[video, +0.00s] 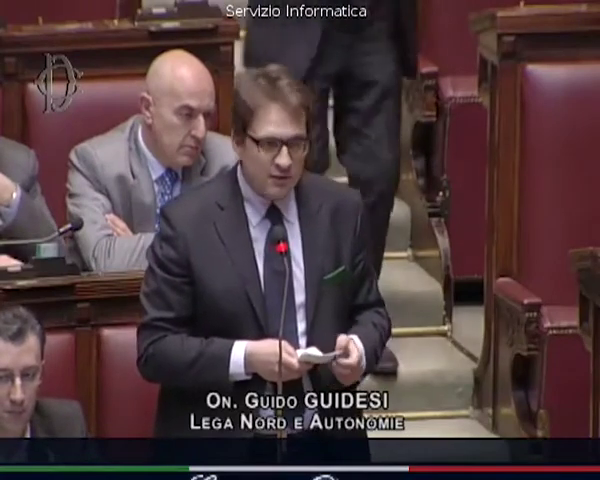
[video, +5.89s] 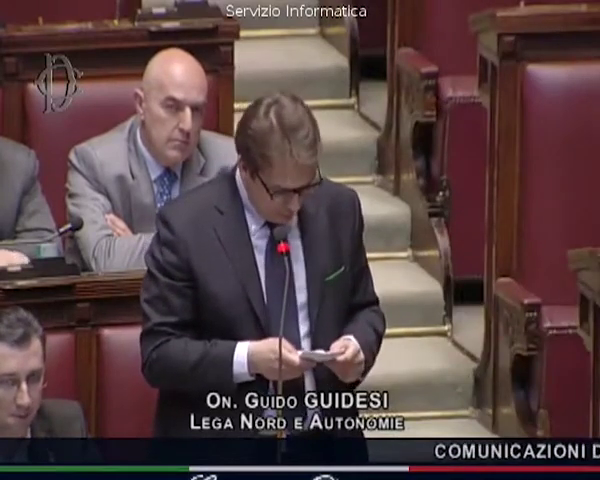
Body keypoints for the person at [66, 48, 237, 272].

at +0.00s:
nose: (200, 132)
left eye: (207, 115)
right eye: (186, 114)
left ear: (213, 110)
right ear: (147, 108)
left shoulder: (226, 157)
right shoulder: (92, 161)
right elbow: (105, 259)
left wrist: (138, 250)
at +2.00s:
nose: (198, 130)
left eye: (205, 114)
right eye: (183, 113)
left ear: (210, 109)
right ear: (145, 108)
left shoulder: (219, 153)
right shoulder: (92, 161)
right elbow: (105, 260)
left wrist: (137, 248)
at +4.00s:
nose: (184, 125)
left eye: (194, 109)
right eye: (169, 106)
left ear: (203, 108)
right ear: (140, 104)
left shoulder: (227, 155)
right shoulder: (91, 161)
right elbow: (105, 259)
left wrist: (138, 250)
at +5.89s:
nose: (187, 125)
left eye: (197, 110)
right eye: (172, 107)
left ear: (205, 109)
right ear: (140, 104)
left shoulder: (230, 157)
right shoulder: (91, 161)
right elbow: (105, 259)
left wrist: (138, 250)